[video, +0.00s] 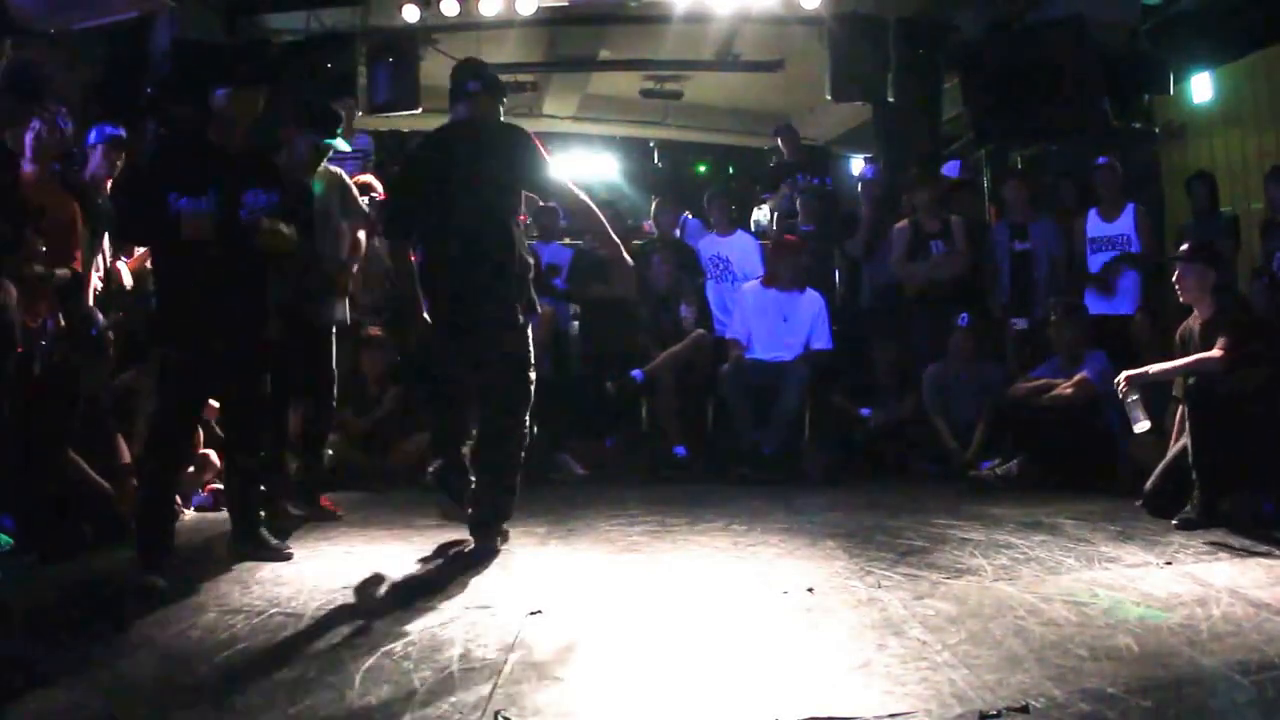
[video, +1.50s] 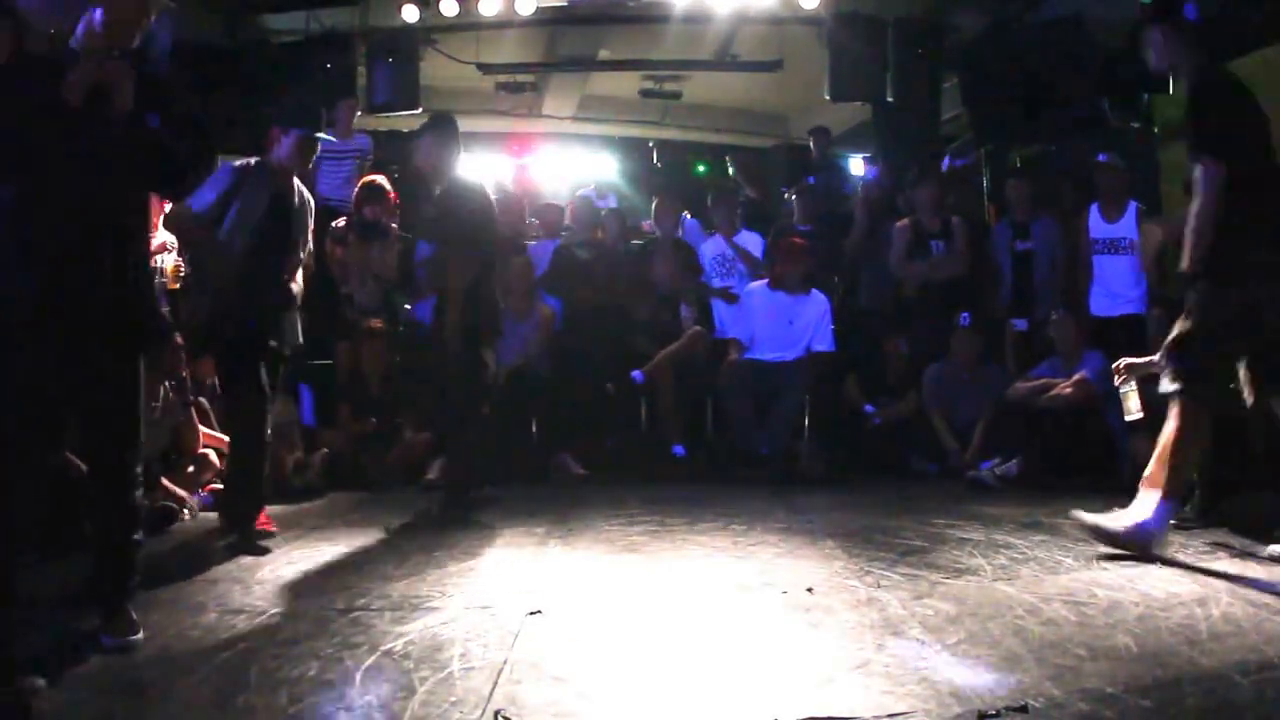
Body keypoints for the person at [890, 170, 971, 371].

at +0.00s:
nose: (927, 198)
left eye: (930, 192)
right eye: (921, 193)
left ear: (937, 194)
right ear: (912, 198)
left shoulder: (955, 224)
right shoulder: (902, 229)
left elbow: (961, 263)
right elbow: (898, 269)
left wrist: (922, 274)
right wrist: (936, 265)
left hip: (953, 298)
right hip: (919, 302)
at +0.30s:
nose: (928, 200)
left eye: (932, 194)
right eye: (922, 194)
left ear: (939, 196)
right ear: (913, 197)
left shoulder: (955, 225)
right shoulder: (903, 229)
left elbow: (961, 265)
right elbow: (898, 269)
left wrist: (921, 275)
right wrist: (938, 264)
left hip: (950, 298)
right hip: (916, 301)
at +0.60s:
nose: (929, 201)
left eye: (933, 195)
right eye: (923, 195)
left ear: (939, 197)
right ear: (914, 197)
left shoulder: (955, 225)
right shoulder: (903, 229)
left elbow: (963, 264)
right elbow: (899, 268)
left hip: (951, 295)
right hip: (918, 298)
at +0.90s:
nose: (929, 199)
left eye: (933, 192)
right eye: (923, 193)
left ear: (940, 194)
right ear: (913, 195)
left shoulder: (955, 226)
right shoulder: (904, 229)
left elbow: (962, 265)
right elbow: (899, 268)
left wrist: (921, 272)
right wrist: (942, 268)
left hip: (952, 299)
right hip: (917, 301)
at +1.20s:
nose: (929, 195)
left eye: (932, 189)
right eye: (923, 190)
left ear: (939, 192)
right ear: (912, 195)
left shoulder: (956, 225)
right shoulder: (903, 229)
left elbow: (961, 265)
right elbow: (898, 268)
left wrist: (921, 273)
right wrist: (942, 265)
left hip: (952, 299)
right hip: (919, 301)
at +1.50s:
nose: (929, 196)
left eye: (933, 190)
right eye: (923, 191)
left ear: (940, 193)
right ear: (913, 196)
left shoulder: (955, 225)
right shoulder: (904, 229)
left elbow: (961, 265)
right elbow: (898, 268)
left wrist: (921, 274)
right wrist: (943, 266)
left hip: (952, 301)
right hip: (918, 304)